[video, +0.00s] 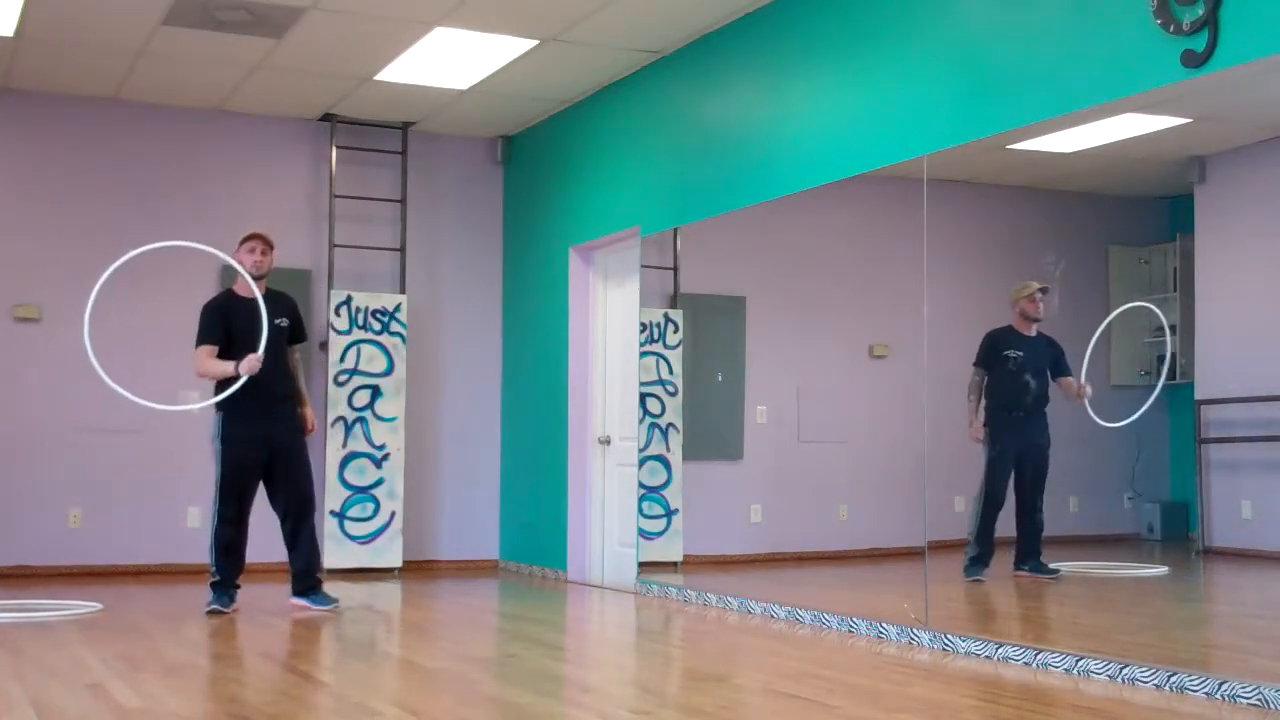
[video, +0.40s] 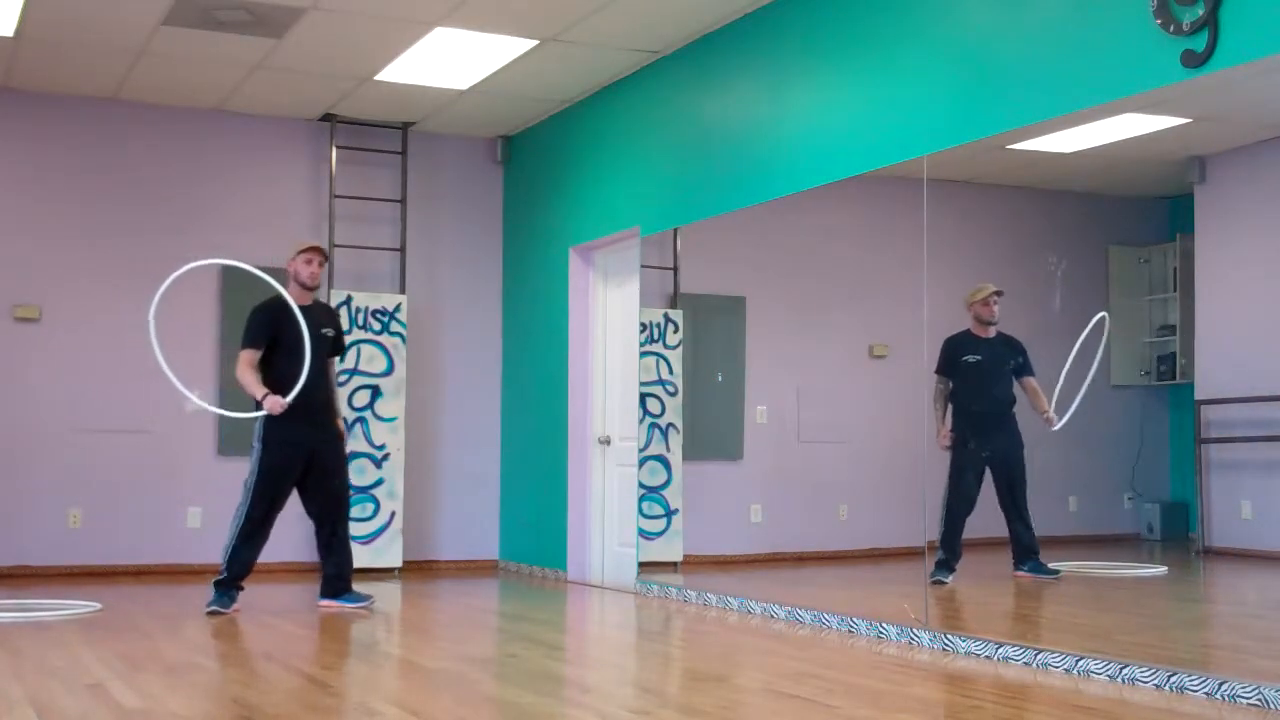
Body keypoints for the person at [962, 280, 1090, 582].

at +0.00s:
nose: (1039, 305)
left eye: (1041, 300)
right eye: (1033, 300)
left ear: (1043, 306)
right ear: (1018, 305)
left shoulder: (1049, 345)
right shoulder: (996, 339)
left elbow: (1065, 382)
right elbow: (977, 379)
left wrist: (1078, 390)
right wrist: (974, 418)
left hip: (1035, 427)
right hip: (1001, 426)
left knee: (1032, 498)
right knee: (993, 496)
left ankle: (1028, 560)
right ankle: (977, 562)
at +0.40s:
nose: (993, 307)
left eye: (995, 303)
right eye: (985, 303)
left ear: (998, 307)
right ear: (971, 309)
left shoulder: (1012, 346)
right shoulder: (955, 345)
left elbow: (1029, 384)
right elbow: (941, 389)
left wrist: (1045, 409)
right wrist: (942, 426)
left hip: (1005, 431)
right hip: (968, 432)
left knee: (1015, 498)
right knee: (959, 502)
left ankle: (1027, 560)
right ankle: (945, 565)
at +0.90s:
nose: (970, 301)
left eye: (971, 296)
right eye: (963, 297)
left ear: (973, 301)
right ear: (948, 303)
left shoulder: (989, 339)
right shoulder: (934, 339)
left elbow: (1007, 375)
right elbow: (919, 385)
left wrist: (1015, 398)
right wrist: (921, 423)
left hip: (982, 431)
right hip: (946, 431)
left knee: (979, 502)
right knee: (945, 502)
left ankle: (972, 564)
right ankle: (942, 564)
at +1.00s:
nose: (970, 302)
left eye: (972, 297)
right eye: (962, 298)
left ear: (977, 301)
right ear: (949, 305)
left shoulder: (991, 341)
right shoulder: (935, 339)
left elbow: (1012, 375)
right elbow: (923, 385)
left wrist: (1016, 400)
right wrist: (923, 424)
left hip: (981, 432)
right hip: (944, 432)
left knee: (978, 502)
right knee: (939, 501)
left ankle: (971, 564)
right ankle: (938, 562)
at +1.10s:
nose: (967, 303)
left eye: (970, 298)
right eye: (960, 299)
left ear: (976, 302)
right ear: (948, 305)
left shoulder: (991, 340)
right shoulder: (935, 339)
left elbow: (1011, 381)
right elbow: (922, 387)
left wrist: (1014, 404)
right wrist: (923, 425)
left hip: (980, 434)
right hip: (942, 434)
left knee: (976, 503)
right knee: (937, 502)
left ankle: (970, 564)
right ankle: (925, 569)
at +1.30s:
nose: (954, 304)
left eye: (959, 299)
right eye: (947, 300)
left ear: (967, 305)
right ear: (939, 307)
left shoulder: (984, 340)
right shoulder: (930, 341)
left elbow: (1004, 375)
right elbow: (917, 389)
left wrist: (1005, 402)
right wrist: (916, 427)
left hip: (977, 433)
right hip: (940, 433)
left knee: (976, 502)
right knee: (927, 502)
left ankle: (970, 565)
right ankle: (913, 572)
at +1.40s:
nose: (950, 304)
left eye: (954, 298)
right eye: (944, 300)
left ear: (962, 304)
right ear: (935, 307)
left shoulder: (981, 338)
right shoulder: (925, 342)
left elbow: (993, 365)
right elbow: (915, 387)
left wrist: (997, 391)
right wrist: (912, 427)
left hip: (976, 432)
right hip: (939, 433)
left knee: (975, 501)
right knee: (927, 502)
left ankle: (970, 565)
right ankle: (912, 572)